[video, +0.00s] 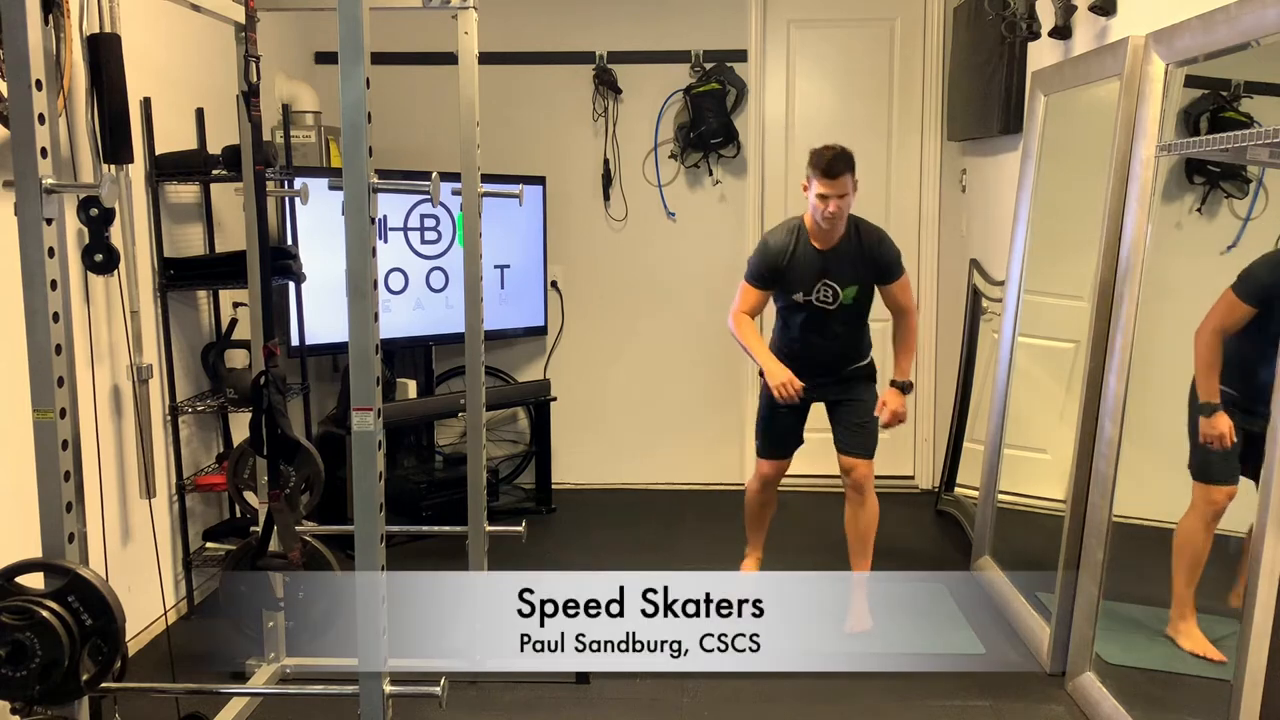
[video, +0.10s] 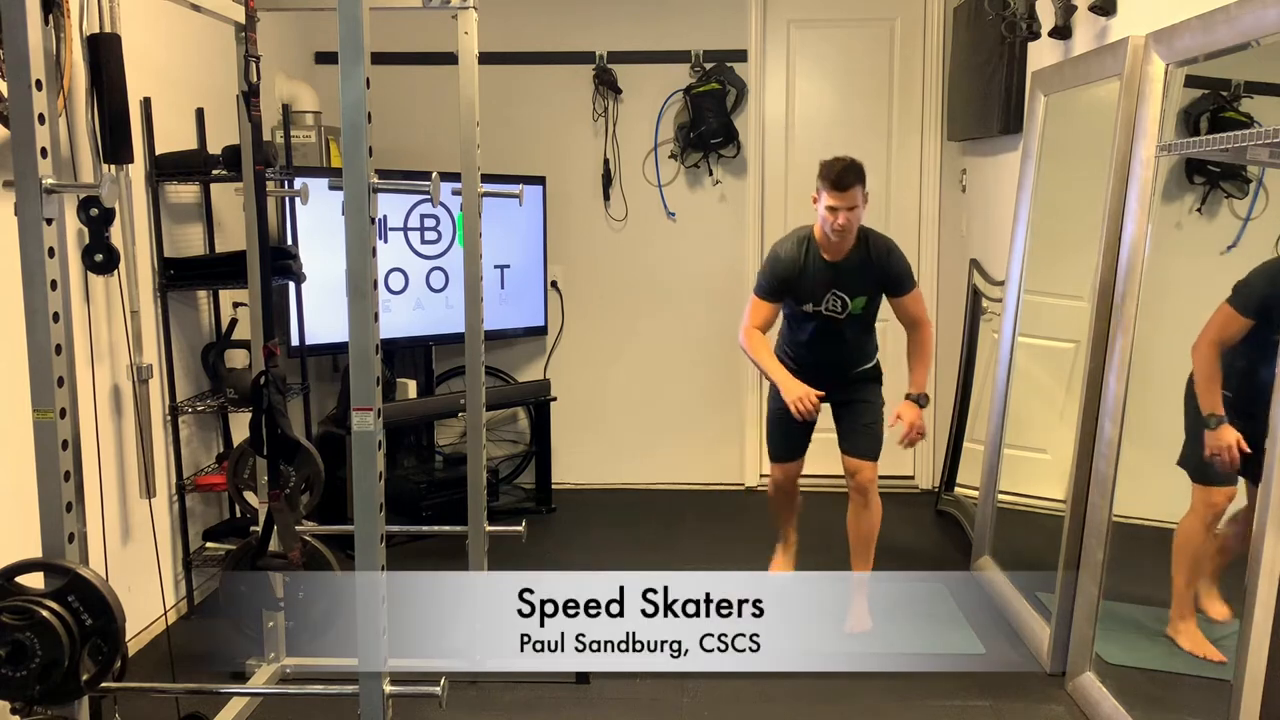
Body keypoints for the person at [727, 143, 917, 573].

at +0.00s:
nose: (832, 207)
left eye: (842, 197)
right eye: (823, 197)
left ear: (855, 191)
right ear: (806, 190)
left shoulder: (875, 246)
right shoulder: (777, 247)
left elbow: (905, 312)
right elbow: (740, 316)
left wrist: (900, 384)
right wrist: (769, 364)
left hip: (851, 376)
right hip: (788, 375)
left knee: (859, 478)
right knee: (767, 473)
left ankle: (860, 592)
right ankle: (752, 558)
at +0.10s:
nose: (841, 220)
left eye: (851, 209)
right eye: (833, 209)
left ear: (864, 204)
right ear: (816, 202)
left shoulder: (883, 256)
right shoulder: (787, 255)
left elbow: (919, 326)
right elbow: (750, 332)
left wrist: (916, 398)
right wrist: (787, 383)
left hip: (857, 376)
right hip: (796, 376)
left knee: (863, 481)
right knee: (782, 475)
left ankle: (861, 594)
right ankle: (786, 544)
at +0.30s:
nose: (851, 255)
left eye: (861, 244)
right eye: (842, 243)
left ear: (875, 235)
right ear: (825, 233)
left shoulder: (891, 280)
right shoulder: (797, 284)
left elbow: (932, 348)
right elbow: (765, 370)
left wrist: (938, 397)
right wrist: (808, 407)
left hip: (861, 389)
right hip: (803, 394)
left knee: (861, 486)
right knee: (816, 489)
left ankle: (859, 595)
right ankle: (852, 518)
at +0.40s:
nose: (848, 274)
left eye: (858, 263)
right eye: (839, 262)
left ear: (873, 253)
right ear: (823, 251)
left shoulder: (890, 293)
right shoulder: (796, 299)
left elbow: (933, 359)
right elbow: (775, 390)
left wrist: (936, 393)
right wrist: (822, 411)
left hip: (862, 395)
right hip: (805, 402)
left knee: (863, 488)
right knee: (827, 495)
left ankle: (859, 594)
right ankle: (867, 524)